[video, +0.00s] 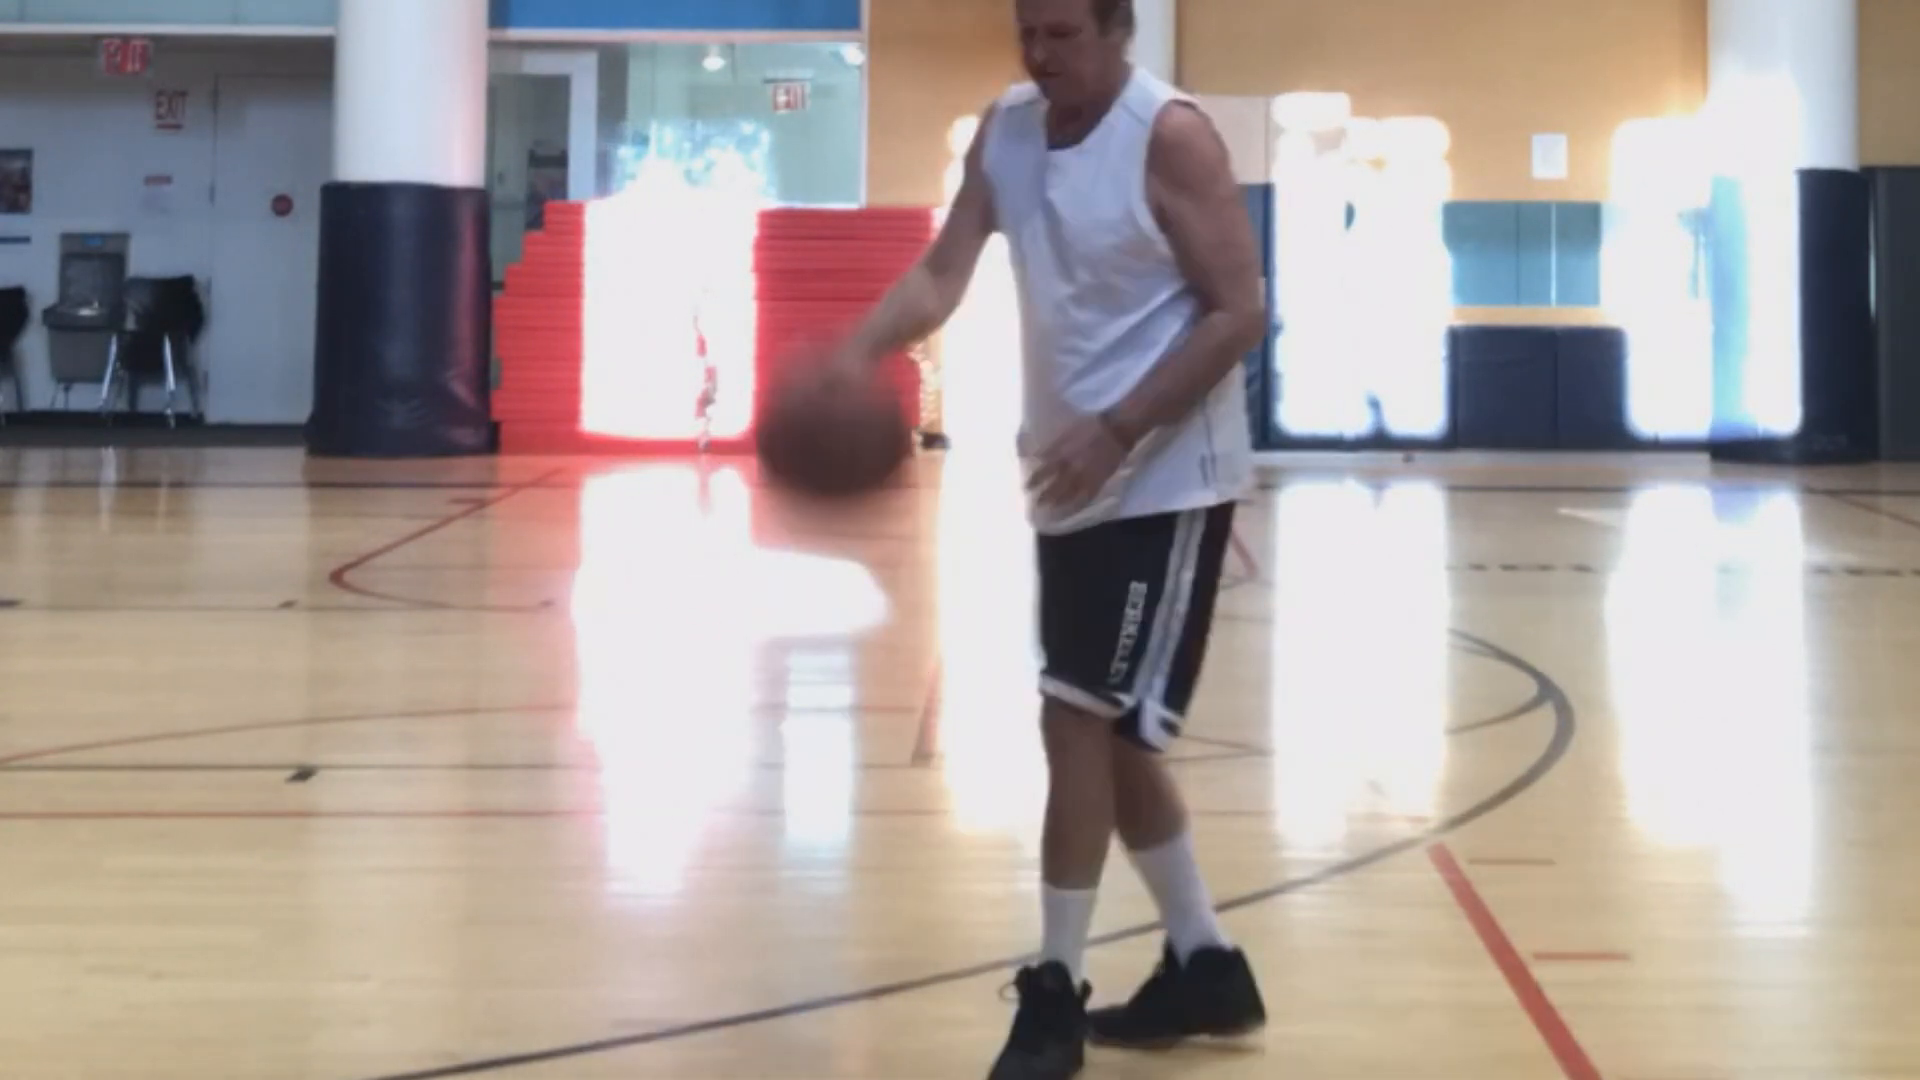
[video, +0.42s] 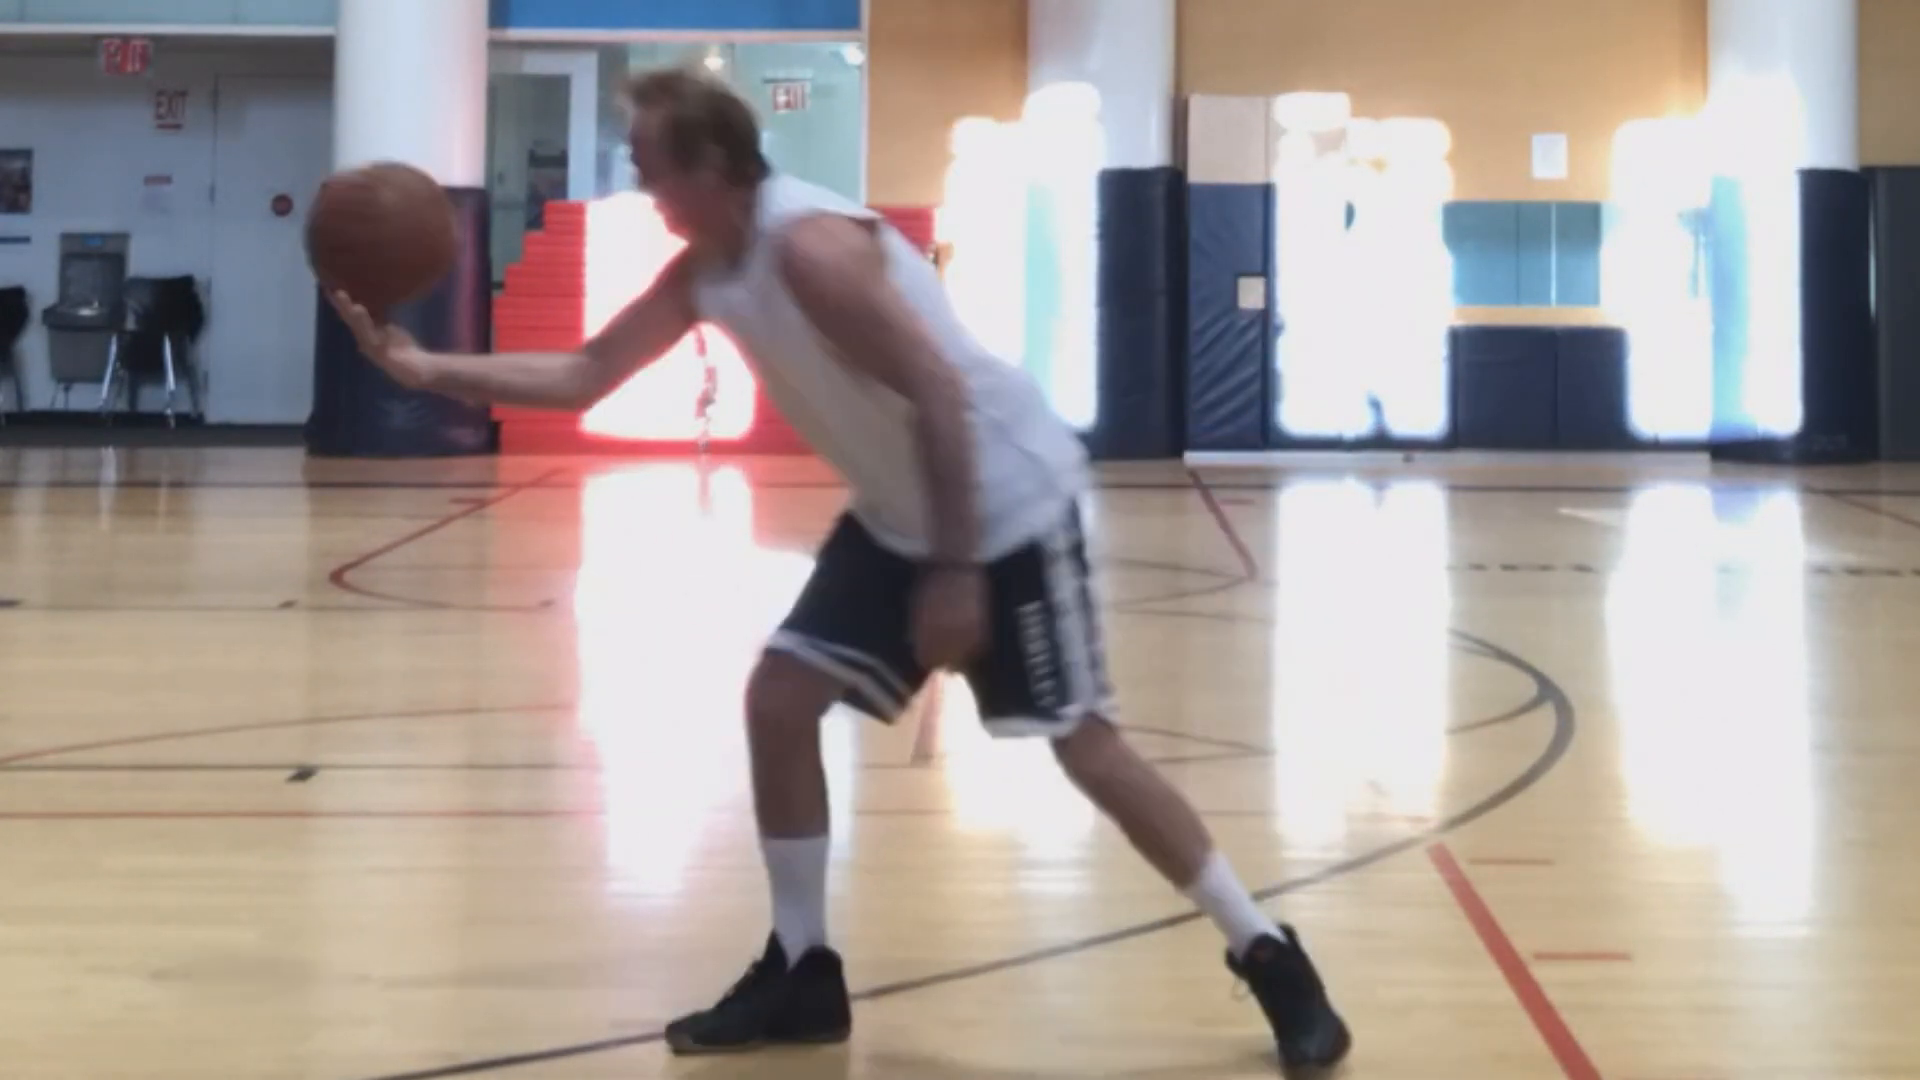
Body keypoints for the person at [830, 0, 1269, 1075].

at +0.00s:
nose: (1039, 55)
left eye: (1059, 35)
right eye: (1028, 35)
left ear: (1116, 29)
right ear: (1018, 32)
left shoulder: (1175, 136)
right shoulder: (1007, 130)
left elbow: (1242, 312)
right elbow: (941, 275)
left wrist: (1120, 428)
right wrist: (858, 351)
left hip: (1165, 481)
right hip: (1069, 480)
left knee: (1076, 711)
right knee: (1108, 728)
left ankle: (1054, 992)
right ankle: (1207, 964)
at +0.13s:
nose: (1020, 236)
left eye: (1036, 212)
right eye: (997, 217)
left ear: (1064, 190)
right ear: (964, 201)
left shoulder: (1128, 260)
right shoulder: (918, 259)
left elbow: (1193, 424)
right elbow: (841, 382)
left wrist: (1140, 575)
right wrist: (768, 462)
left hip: (1122, 526)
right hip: (978, 528)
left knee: (1187, 729)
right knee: (897, 731)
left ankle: (1267, 971)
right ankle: (819, 973)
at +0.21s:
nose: (1014, 457)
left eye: (1029, 438)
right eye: (995, 442)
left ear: (1061, 399)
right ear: (965, 419)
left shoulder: (1136, 419)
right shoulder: (933, 424)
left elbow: (1224, 583)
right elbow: (894, 549)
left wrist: (1269, 761)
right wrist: (877, 688)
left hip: (1153, 555)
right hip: (1008, 556)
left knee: (1237, 712)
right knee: (916, 727)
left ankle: (1280, 980)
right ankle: (818, 976)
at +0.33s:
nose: (1178, 464)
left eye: (1193, 450)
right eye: (1160, 452)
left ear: (1214, 412)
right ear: (1116, 408)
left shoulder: (1235, 393)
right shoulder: (1017, 415)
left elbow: (1269, 386)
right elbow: (891, 526)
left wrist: (1296, 452)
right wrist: (827, 695)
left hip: (1136, 555)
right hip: (985, 551)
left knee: (1206, 729)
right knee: (880, 734)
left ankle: (1276, 979)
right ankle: (807, 978)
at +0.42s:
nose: (650, 186)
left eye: (659, 163)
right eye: (648, 166)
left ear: (715, 162)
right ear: (695, 170)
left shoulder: (817, 249)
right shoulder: (709, 268)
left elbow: (942, 396)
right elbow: (579, 380)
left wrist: (953, 566)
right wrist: (415, 365)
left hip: (1013, 503)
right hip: (897, 510)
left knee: (1084, 744)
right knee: (780, 694)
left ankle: (1264, 949)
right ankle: (801, 973)